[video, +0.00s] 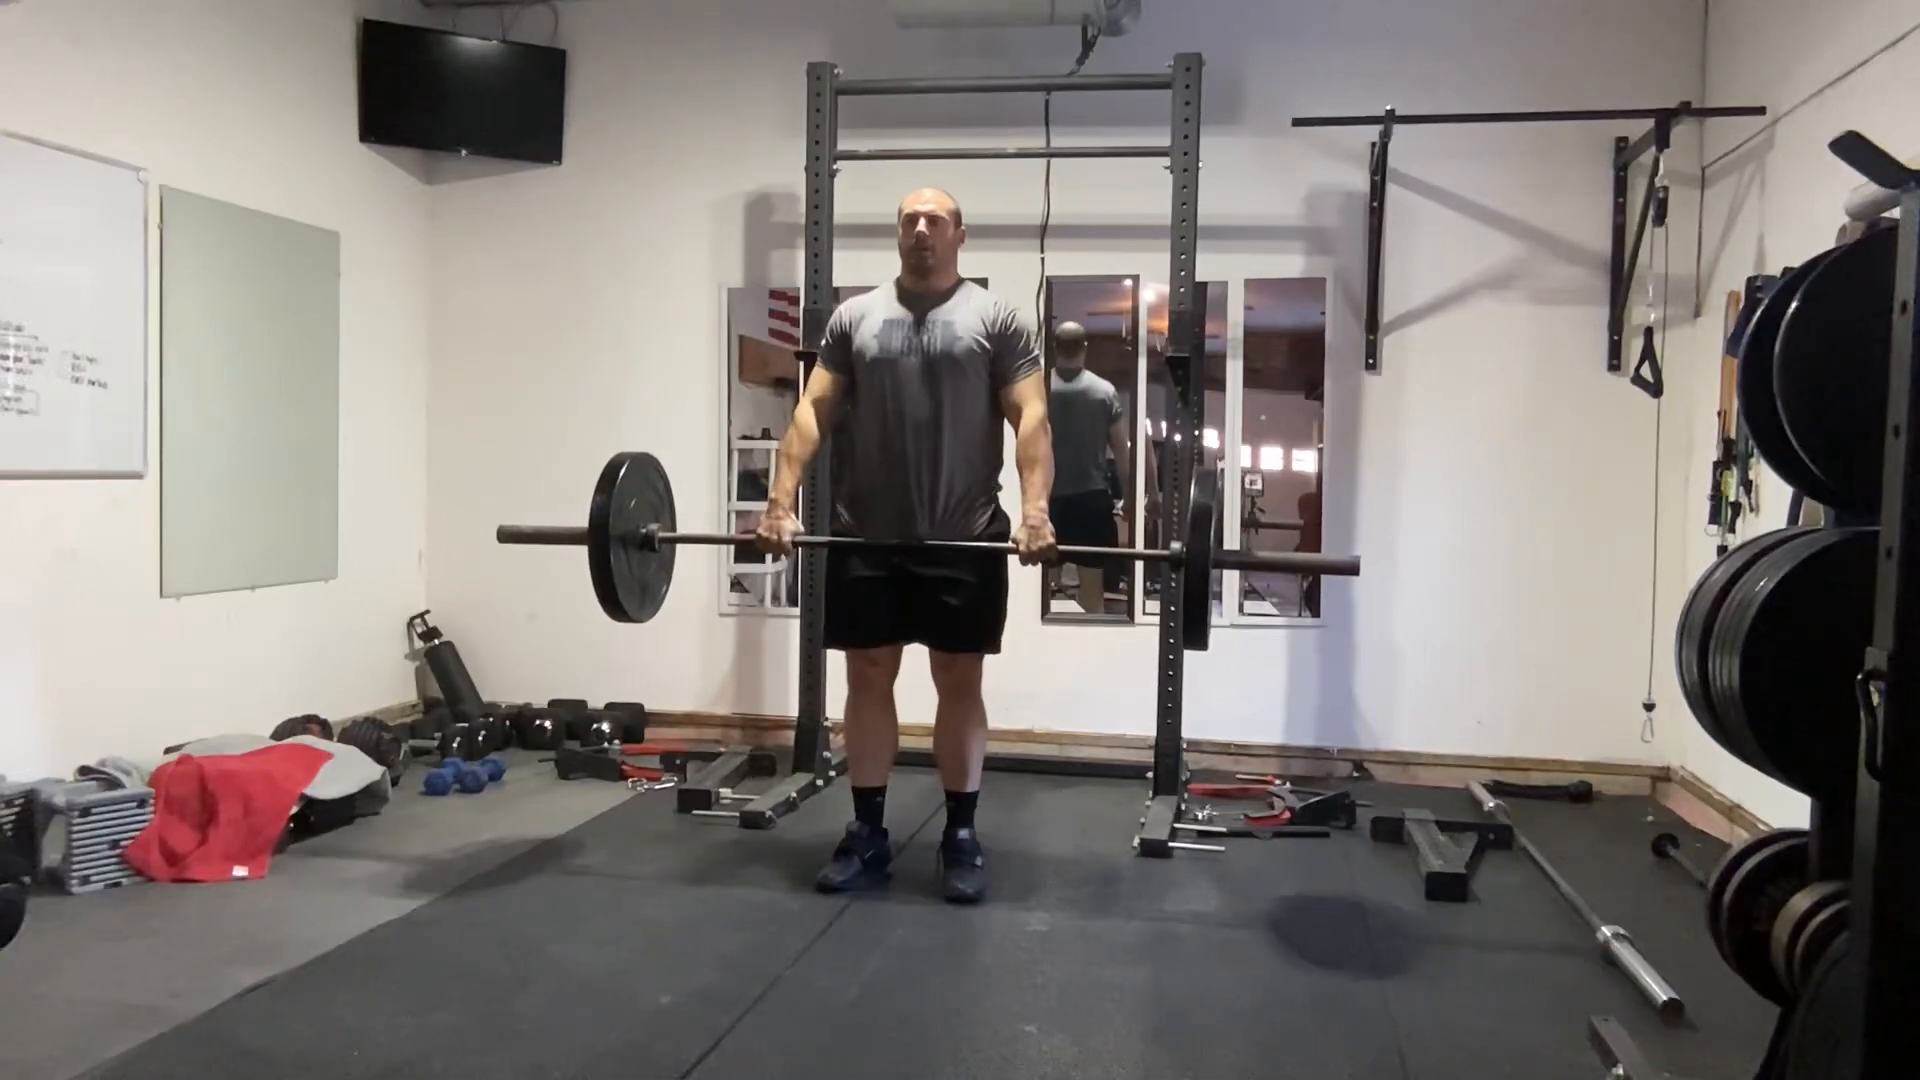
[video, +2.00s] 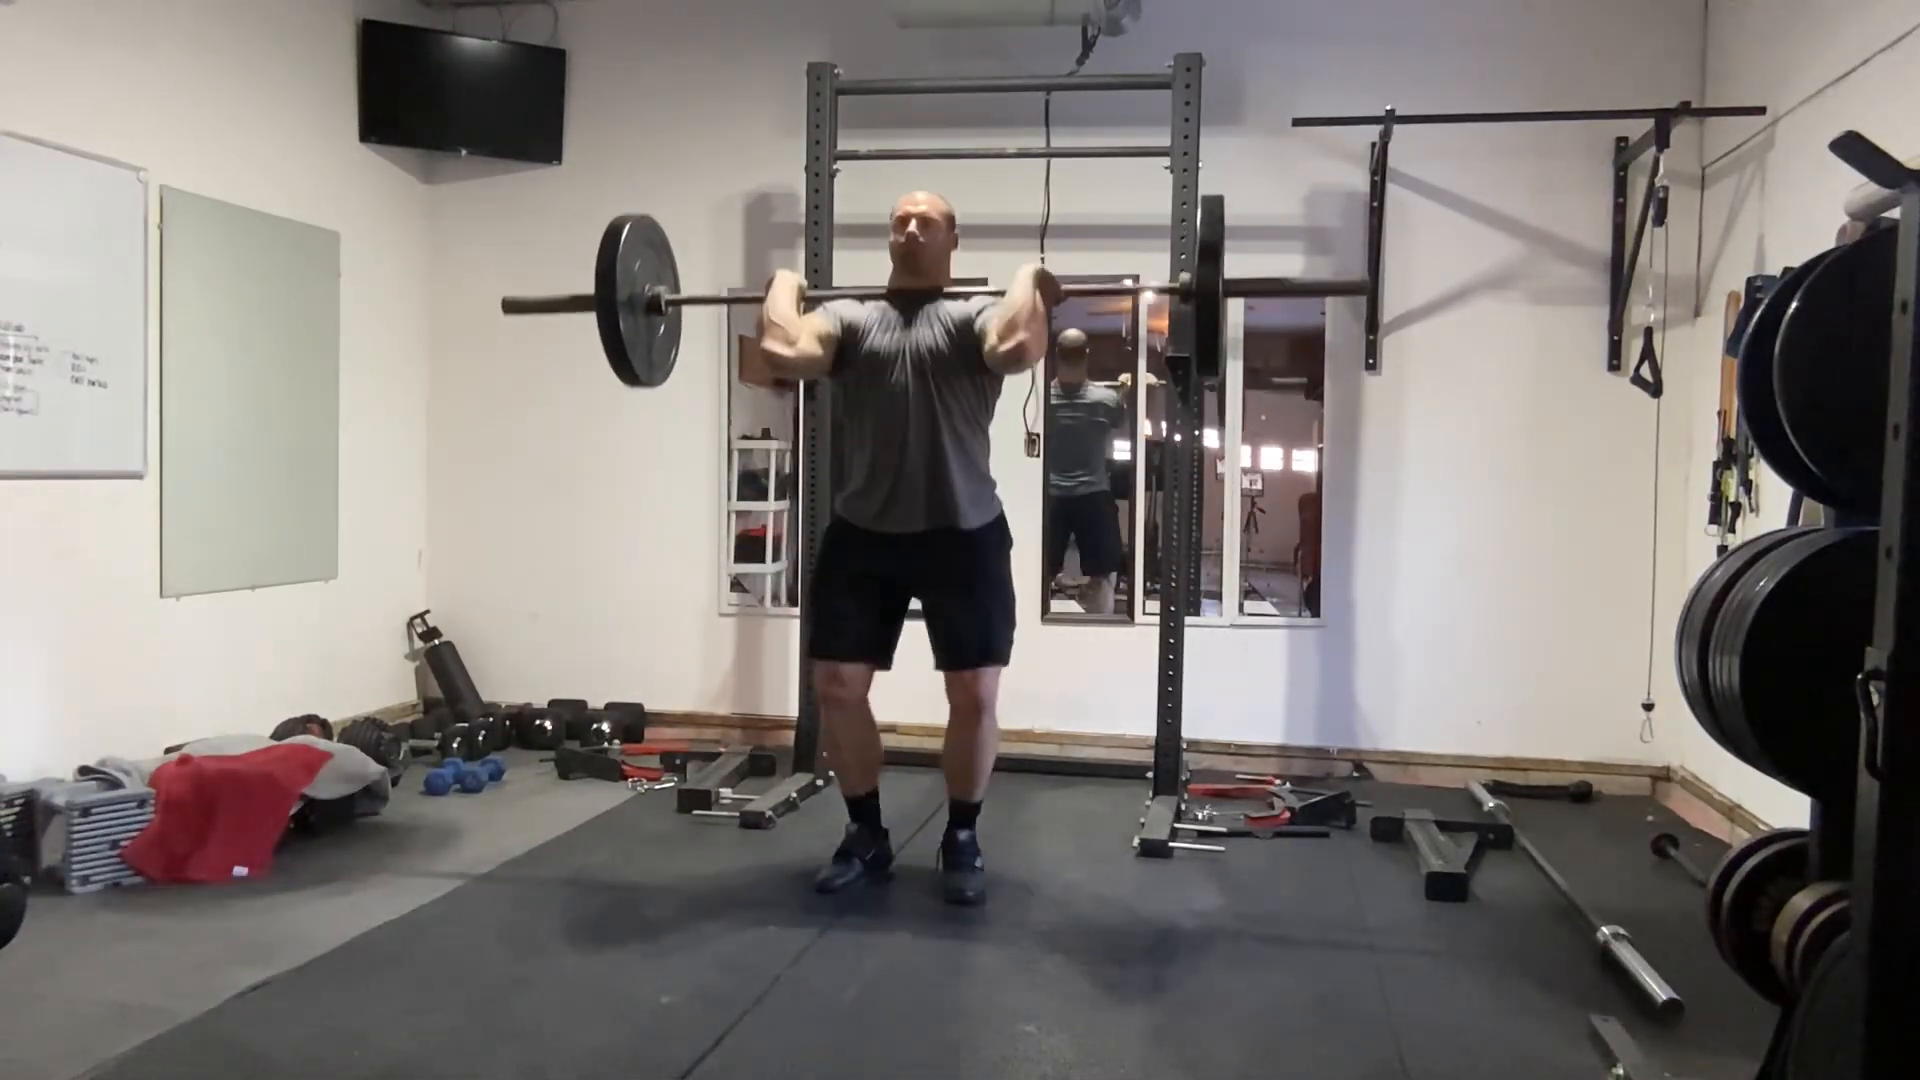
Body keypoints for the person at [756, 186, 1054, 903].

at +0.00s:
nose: (920, 228)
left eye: (935, 219)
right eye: (910, 219)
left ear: (959, 238)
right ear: (897, 236)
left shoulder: (995, 320)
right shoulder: (853, 318)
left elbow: (1030, 417)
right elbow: (810, 410)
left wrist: (1035, 508)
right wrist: (780, 501)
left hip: (962, 534)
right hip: (867, 533)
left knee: (958, 679)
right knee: (867, 676)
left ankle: (961, 836)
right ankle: (866, 836)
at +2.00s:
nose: (910, 229)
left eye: (926, 222)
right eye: (900, 221)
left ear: (953, 248)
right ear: (886, 243)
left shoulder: (973, 315)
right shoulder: (848, 315)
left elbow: (1018, 344)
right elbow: (780, 350)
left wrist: (1030, 275)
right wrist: (784, 281)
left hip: (963, 531)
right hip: (865, 528)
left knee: (975, 693)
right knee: (837, 683)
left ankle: (962, 840)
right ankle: (865, 838)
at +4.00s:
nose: (908, 219)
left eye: (926, 214)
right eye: (900, 213)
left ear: (954, 244)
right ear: (885, 241)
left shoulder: (972, 317)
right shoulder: (848, 320)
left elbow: (1017, 378)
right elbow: (774, 389)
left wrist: (1034, 291)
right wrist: (769, 301)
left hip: (948, 527)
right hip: (856, 524)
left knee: (950, 688)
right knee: (846, 684)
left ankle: (959, 841)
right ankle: (867, 840)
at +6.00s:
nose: (908, 225)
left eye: (923, 221)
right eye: (900, 220)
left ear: (948, 244)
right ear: (886, 243)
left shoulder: (980, 296)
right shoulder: (849, 297)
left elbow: (1050, 347)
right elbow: (794, 352)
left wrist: (1028, 362)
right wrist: (767, 362)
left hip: (935, 473)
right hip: (852, 472)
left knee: (934, 643)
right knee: (842, 643)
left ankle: (941, 819)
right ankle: (844, 812)